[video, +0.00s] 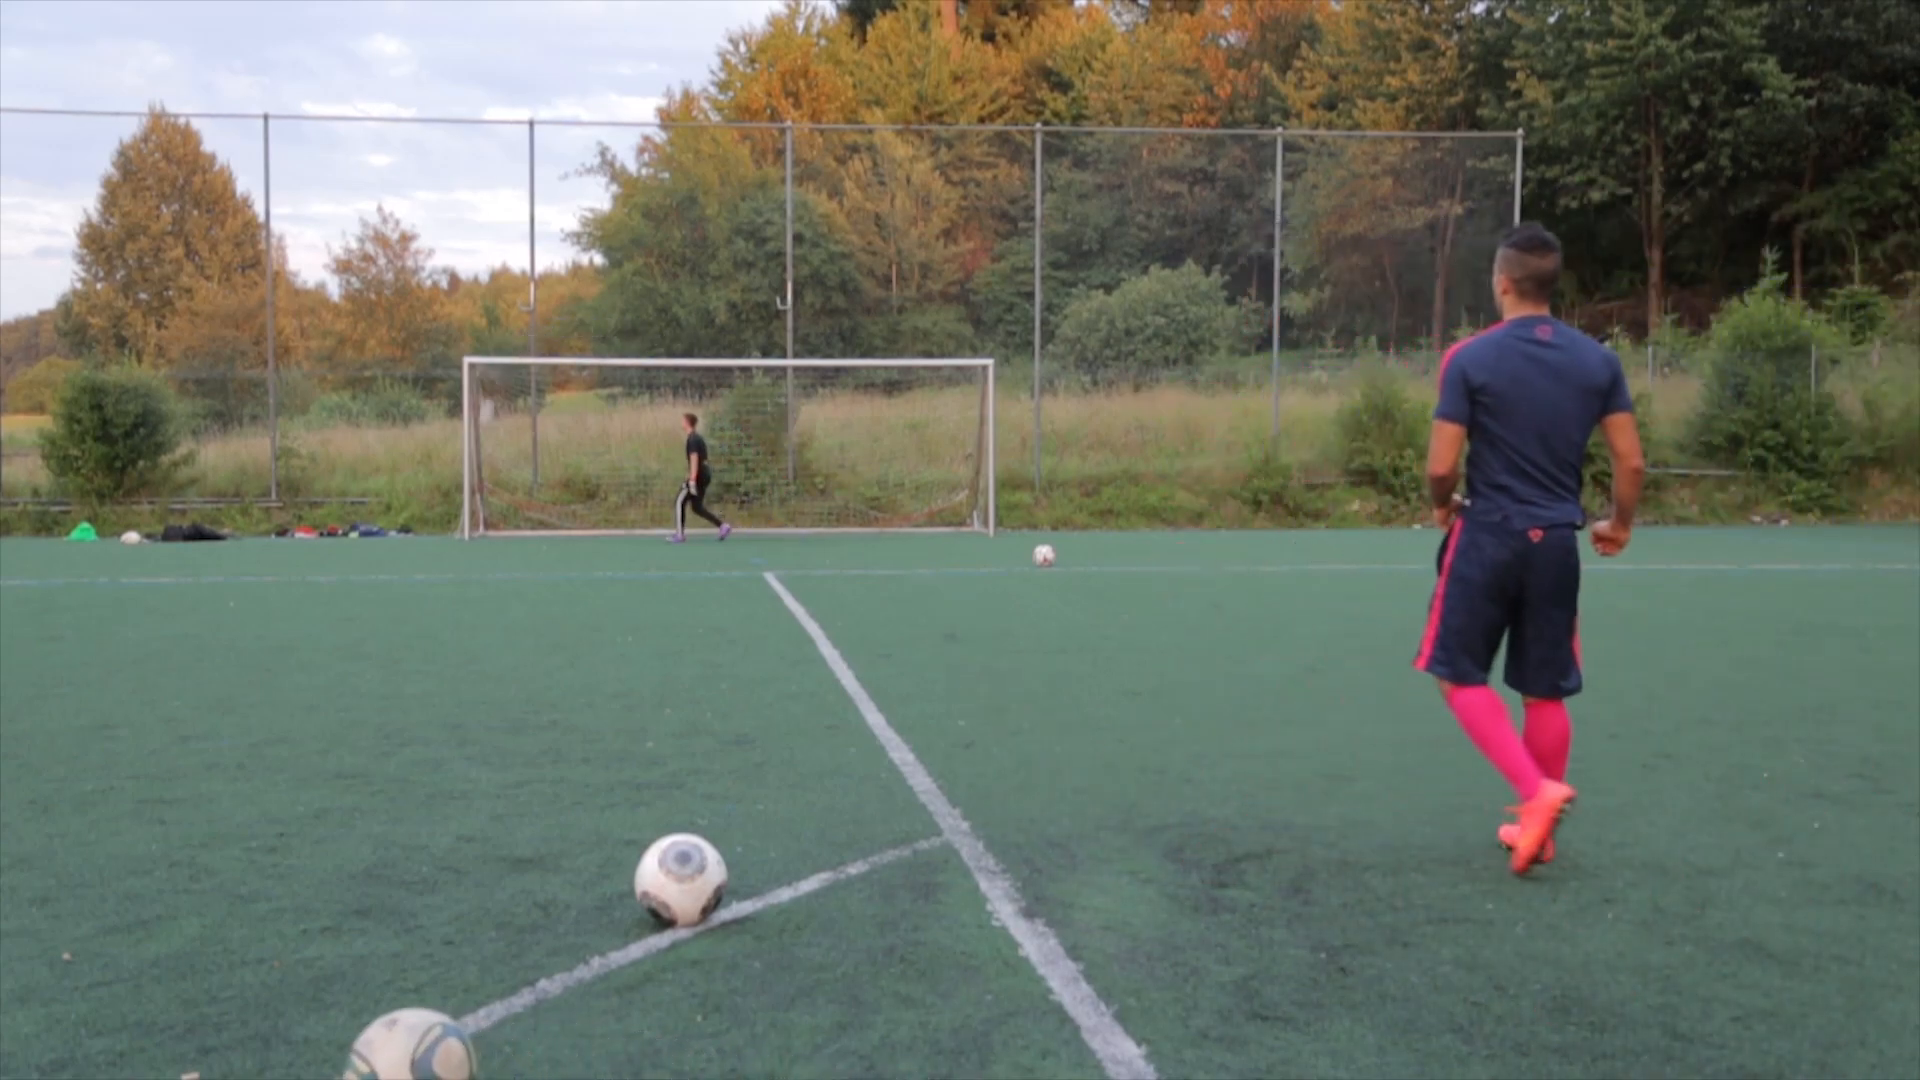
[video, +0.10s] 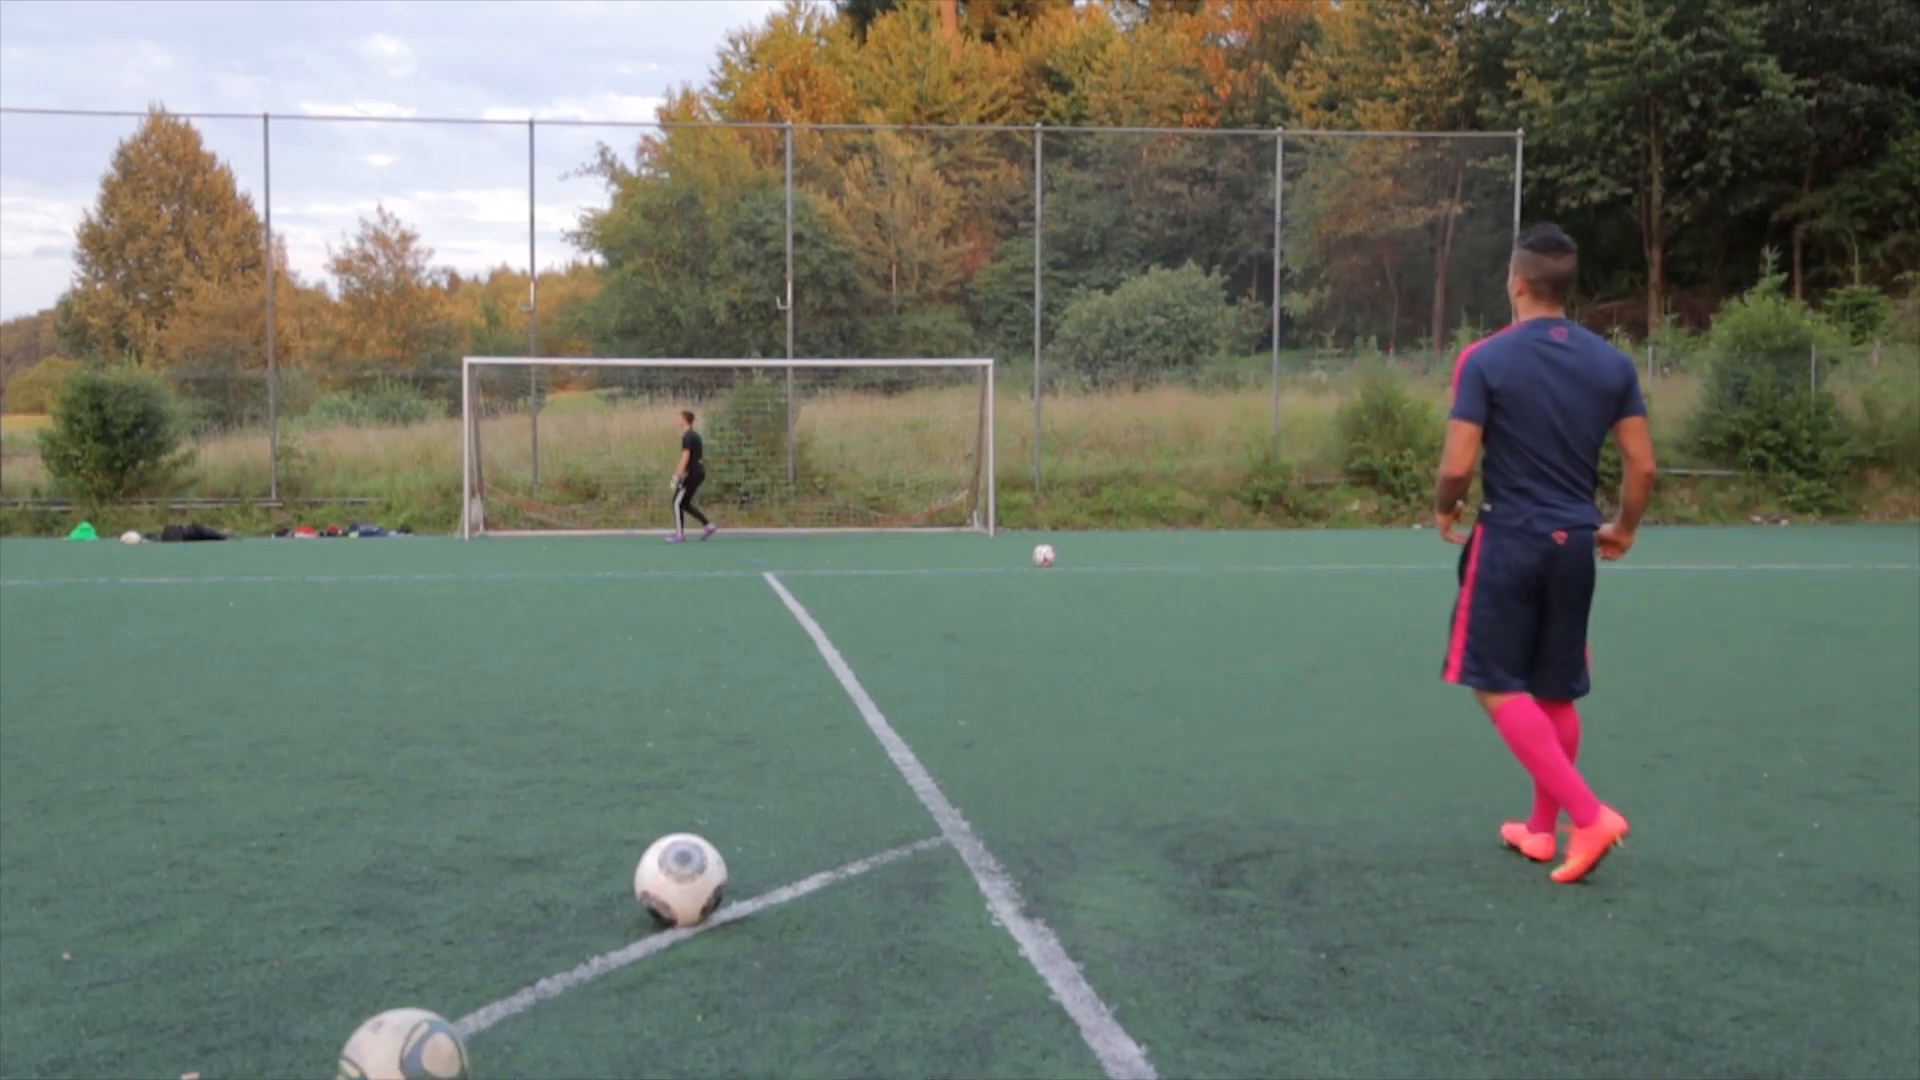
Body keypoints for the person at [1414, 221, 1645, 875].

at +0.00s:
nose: (1494, 287)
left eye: (1495, 279)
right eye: (1502, 279)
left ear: (1500, 284)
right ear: (1555, 285)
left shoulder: (1470, 358)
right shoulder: (1596, 359)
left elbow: (1441, 469)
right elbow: (1629, 460)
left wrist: (1445, 508)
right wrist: (1620, 522)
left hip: (1487, 542)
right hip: (1557, 546)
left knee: (1460, 673)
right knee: (1546, 685)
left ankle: (1537, 793)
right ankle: (1539, 828)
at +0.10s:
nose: (1509, 286)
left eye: (1510, 278)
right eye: (1517, 278)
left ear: (1515, 283)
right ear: (1570, 287)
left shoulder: (1485, 359)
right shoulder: (1610, 361)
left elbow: (1457, 469)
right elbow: (1641, 465)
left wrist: (1447, 511)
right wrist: (1623, 527)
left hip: (1508, 544)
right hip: (1576, 546)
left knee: (1495, 685)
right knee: (1557, 689)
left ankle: (1592, 819)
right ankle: (1541, 830)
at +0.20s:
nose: (1508, 295)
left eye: (1510, 288)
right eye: (1512, 288)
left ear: (1517, 293)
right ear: (1572, 297)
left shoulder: (1496, 364)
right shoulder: (1610, 362)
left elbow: (1480, 464)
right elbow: (1656, 459)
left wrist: (1462, 506)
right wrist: (1626, 527)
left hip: (1541, 550)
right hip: (1602, 547)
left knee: (1519, 697)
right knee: (1575, 682)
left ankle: (1610, 843)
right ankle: (1576, 817)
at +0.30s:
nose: (1505, 317)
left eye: (1506, 309)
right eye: (1510, 308)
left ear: (1512, 314)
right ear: (1568, 314)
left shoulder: (1509, 376)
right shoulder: (1605, 372)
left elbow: (1529, 463)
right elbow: (1661, 466)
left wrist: (1494, 523)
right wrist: (1621, 529)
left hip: (1574, 556)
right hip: (1628, 554)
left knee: (1509, 704)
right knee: (1582, 679)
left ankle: (1609, 842)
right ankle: (1662, 801)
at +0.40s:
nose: (1502, 343)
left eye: (1504, 335)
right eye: (1506, 335)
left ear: (1512, 341)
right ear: (1566, 344)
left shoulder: (1519, 402)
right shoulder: (1599, 398)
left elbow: (1562, 481)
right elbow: (1646, 496)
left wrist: (1508, 549)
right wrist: (1571, 564)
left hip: (1604, 581)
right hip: (1649, 577)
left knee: (1494, 706)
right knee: (1607, 709)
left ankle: (1612, 830)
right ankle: (1704, 842)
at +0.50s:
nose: (1498, 371)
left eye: (1500, 363)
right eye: (1500, 363)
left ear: (1508, 371)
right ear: (1562, 373)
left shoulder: (1524, 434)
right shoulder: (1592, 424)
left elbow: (1553, 529)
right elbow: (1606, 527)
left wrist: (1487, 556)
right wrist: (1510, 551)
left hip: (1617, 605)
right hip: (1664, 603)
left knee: (1505, 728)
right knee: (1610, 725)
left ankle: (1623, 846)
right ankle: (1708, 848)